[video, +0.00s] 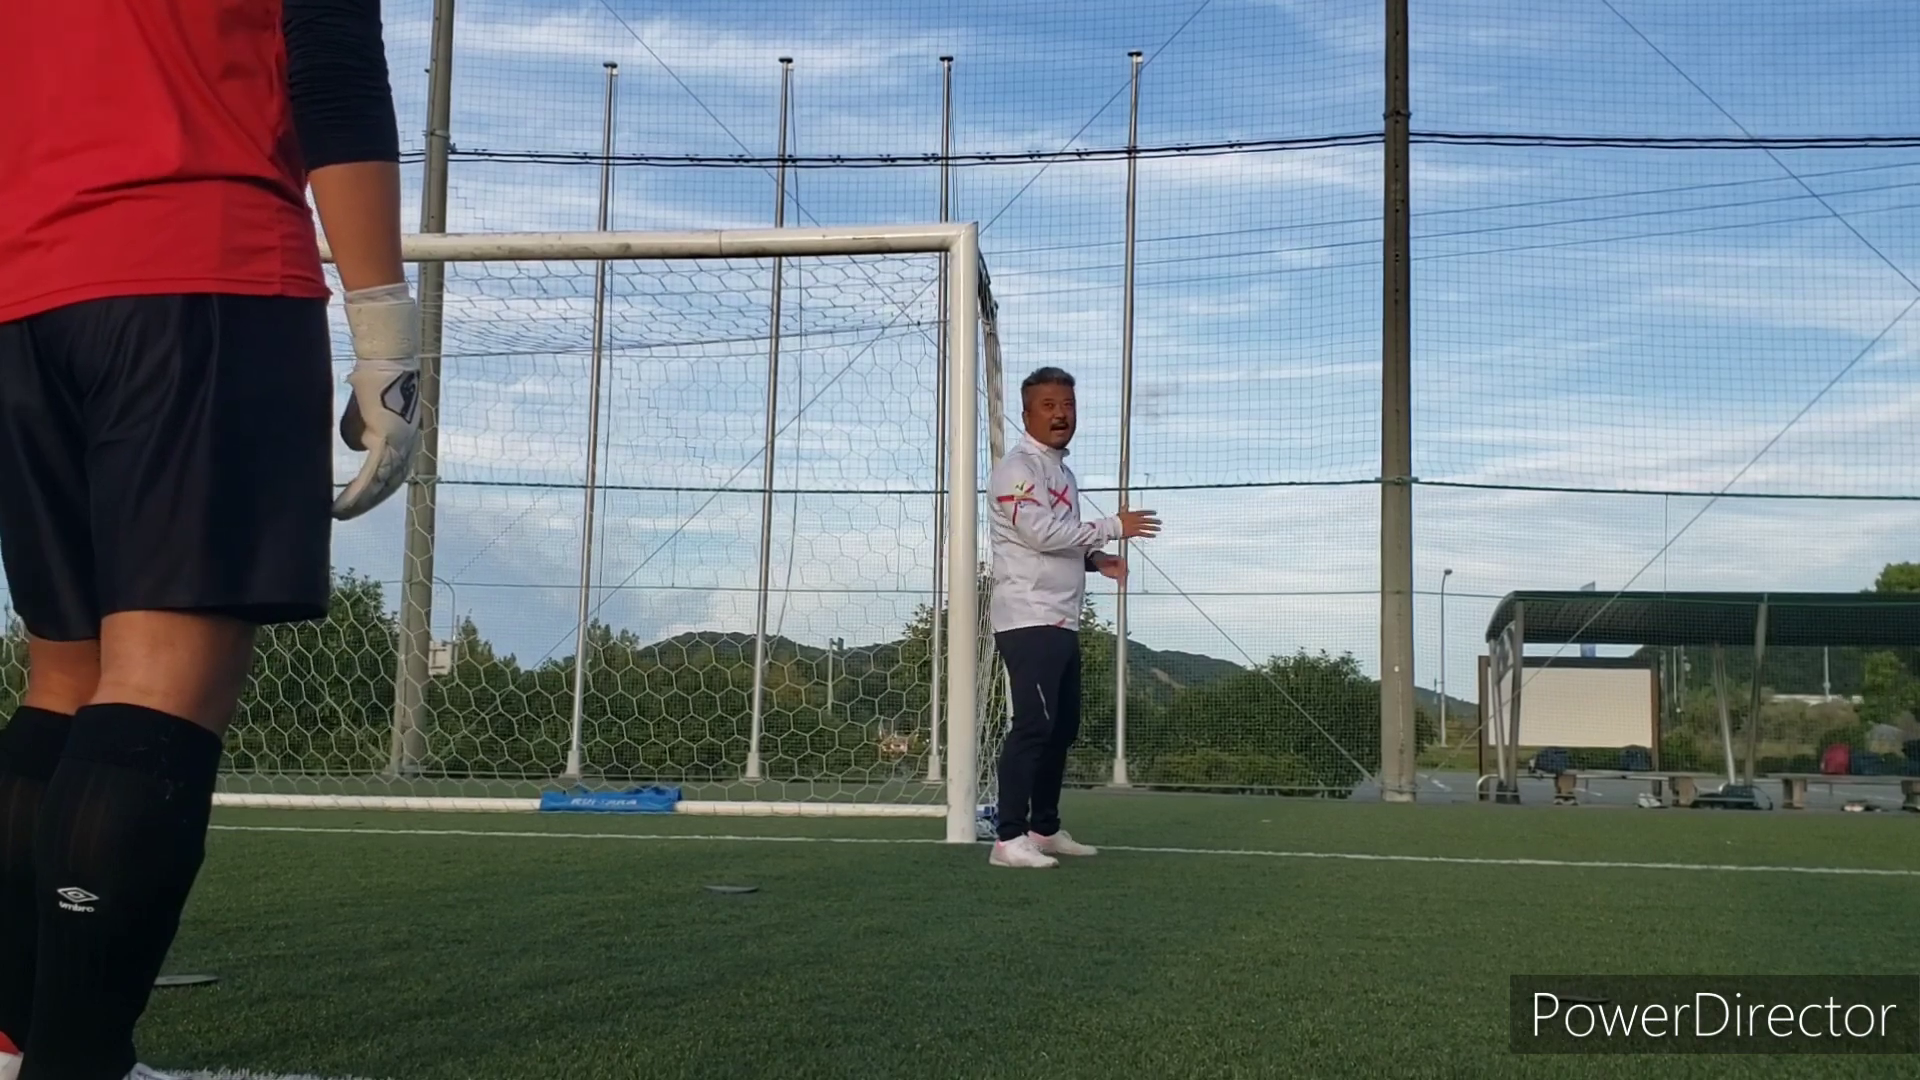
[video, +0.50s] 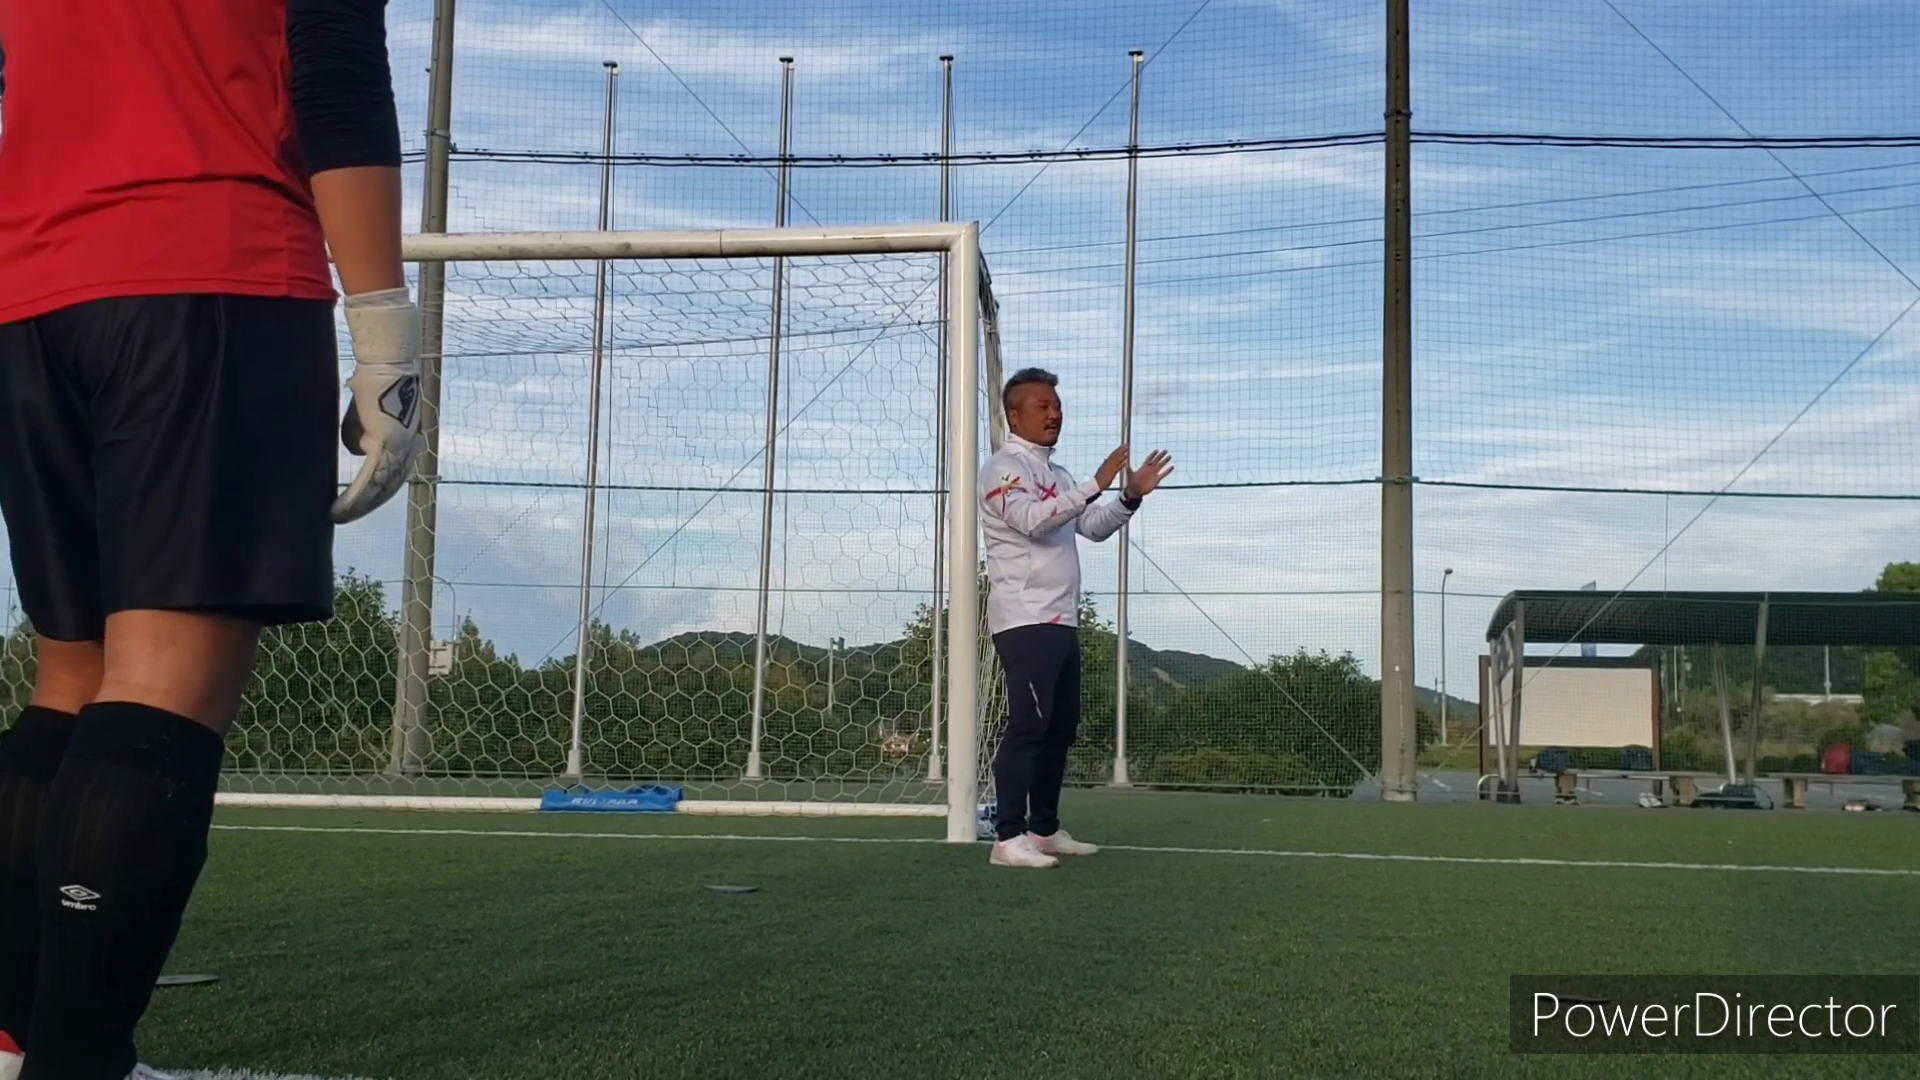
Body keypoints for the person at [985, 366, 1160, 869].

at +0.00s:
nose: (1061, 413)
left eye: (1068, 405)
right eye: (1048, 405)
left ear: (1076, 413)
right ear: (1026, 414)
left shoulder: (1063, 475)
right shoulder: (1014, 469)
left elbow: (1060, 537)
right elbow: (1040, 531)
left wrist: (1094, 560)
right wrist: (1111, 527)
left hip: (1061, 620)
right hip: (1027, 618)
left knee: (1061, 726)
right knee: (1032, 725)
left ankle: (1043, 830)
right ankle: (1009, 839)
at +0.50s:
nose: (1054, 413)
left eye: (1056, 405)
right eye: (1042, 406)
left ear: (1059, 412)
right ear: (1013, 416)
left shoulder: (1062, 476)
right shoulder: (1001, 467)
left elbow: (1092, 526)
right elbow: (1029, 518)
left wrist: (1131, 496)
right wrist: (1095, 486)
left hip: (1061, 619)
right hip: (1023, 618)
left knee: (1059, 727)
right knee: (1028, 724)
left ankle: (1043, 830)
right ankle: (1008, 839)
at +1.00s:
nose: (1054, 413)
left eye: (1056, 404)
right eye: (1041, 406)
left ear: (1060, 412)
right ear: (1014, 415)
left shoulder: (1060, 474)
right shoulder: (1002, 467)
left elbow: (1093, 529)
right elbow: (1029, 521)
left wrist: (1123, 494)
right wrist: (1086, 481)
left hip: (1061, 619)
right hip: (1023, 618)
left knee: (1060, 724)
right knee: (1028, 723)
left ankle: (1042, 830)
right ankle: (1008, 839)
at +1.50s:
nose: (1051, 415)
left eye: (1055, 406)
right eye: (1040, 407)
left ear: (1061, 413)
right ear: (1013, 415)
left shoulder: (1056, 473)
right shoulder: (1001, 468)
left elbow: (1092, 528)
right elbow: (1029, 522)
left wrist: (1112, 489)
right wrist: (1078, 474)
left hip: (1060, 617)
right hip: (1022, 616)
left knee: (1061, 724)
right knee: (1029, 722)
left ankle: (1042, 829)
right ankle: (1009, 838)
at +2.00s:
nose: (1056, 417)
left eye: (1059, 408)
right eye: (1044, 408)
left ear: (1062, 415)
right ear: (1015, 415)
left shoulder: (1056, 473)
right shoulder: (1004, 466)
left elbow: (1089, 532)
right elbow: (1028, 521)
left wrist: (1111, 493)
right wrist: (1080, 474)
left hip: (1057, 618)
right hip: (1019, 616)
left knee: (1061, 721)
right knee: (1027, 721)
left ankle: (1042, 829)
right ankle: (1009, 838)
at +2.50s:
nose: (1063, 413)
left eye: (1062, 404)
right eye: (1053, 404)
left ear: (1038, 414)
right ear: (1022, 413)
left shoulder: (1057, 475)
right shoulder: (1005, 465)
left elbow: (1089, 529)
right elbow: (1036, 520)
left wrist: (1125, 498)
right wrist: (1097, 481)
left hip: (1057, 619)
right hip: (1021, 617)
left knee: (1059, 727)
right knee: (1027, 725)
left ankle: (1042, 830)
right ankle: (1008, 838)